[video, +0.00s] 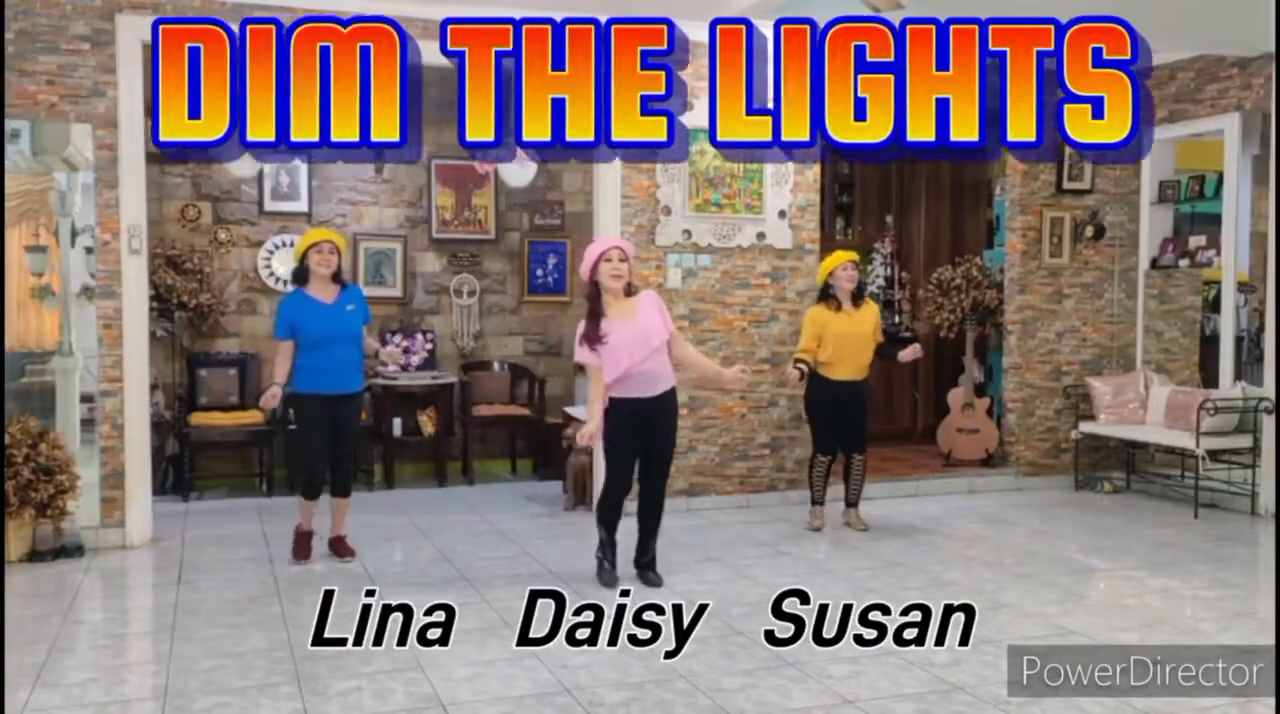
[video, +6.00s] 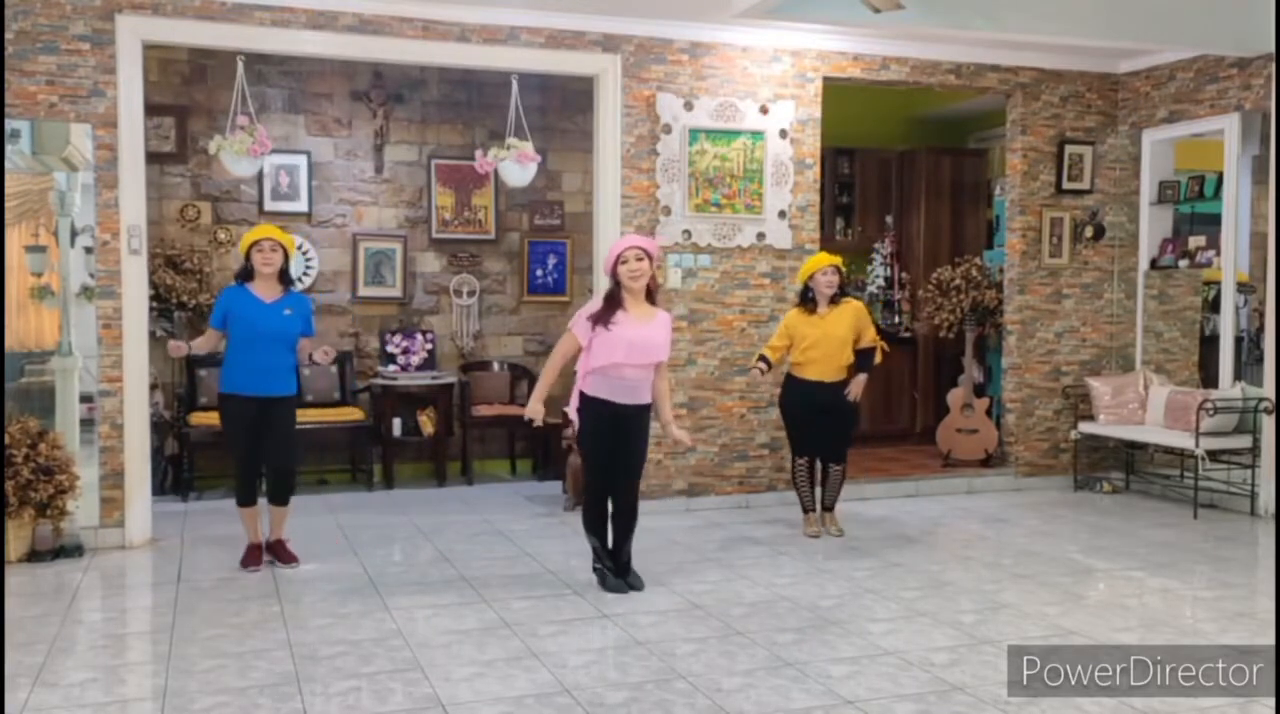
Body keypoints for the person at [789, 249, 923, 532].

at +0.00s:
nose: (852, 273)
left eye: (854, 268)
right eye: (845, 269)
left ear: (859, 275)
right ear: (830, 278)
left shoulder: (870, 310)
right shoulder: (818, 313)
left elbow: (878, 345)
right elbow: (806, 349)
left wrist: (898, 354)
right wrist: (799, 366)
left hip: (856, 387)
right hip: (823, 386)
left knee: (857, 450)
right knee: (825, 449)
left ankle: (851, 509)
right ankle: (817, 508)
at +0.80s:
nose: (842, 274)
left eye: (845, 270)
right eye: (835, 270)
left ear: (850, 277)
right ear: (821, 277)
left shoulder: (857, 315)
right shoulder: (803, 311)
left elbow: (858, 357)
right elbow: (786, 349)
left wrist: (869, 380)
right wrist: (774, 376)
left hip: (842, 390)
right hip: (806, 387)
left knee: (847, 451)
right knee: (805, 452)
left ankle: (850, 509)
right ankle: (804, 511)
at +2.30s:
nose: (856, 278)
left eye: (859, 272)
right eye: (848, 273)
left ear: (864, 277)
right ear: (835, 282)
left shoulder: (875, 311)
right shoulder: (824, 313)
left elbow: (878, 350)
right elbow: (813, 353)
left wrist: (893, 368)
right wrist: (814, 385)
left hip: (863, 389)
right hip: (831, 388)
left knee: (864, 451)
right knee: (826, 452)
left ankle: (857, 511)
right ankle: (812, 510)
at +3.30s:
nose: (842, 277)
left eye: (846, 272)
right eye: (835, 273)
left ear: (852, 278)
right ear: (822, 281)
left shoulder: (861, 313)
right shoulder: (807, 313)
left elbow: (866, 350)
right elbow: (788, 349)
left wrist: (864, 380)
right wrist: (779, 380)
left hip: (844, 390)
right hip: (807, 388)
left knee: (851, 452)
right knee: (807, 452)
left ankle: (854, 510)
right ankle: (807, 513)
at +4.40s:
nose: (845, 278)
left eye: (848, 273)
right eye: (838, 273)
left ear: (852, 279)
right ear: (822, 280)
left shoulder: (862, 305)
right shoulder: (811, 317)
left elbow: (881, 332)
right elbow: (807, 358)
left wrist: (880, 365)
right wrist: (812, 392)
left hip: (861, 387)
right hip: (826, 388)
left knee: (862, 452)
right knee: (820, 453)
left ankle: (857, 511)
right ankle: (810, 512)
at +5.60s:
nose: (844, 277)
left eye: (848, 272)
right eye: (837, 272)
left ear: (855, 278)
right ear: (824, 280)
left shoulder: (862, 315)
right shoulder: (808, 312)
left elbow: (875, 349)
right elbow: (787, 349)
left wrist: (868, 378)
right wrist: (775, 378)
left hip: (844, 392)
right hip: (807, 389)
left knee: (850, 453)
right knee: (808, 454)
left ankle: (856, 512)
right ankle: (810, 514)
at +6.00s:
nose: (831, 278)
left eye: (834, 273)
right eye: (824, 273)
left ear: (841, 279)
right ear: (810, 281)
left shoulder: (854, 309)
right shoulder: (796, 316)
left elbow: (868, 345)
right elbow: (777, 346)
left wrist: (862, 375)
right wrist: (763, 361)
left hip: (837, 392)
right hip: (799, 391)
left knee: (835, 454)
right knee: (803, 453)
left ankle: (828, 512)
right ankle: (809, 514)